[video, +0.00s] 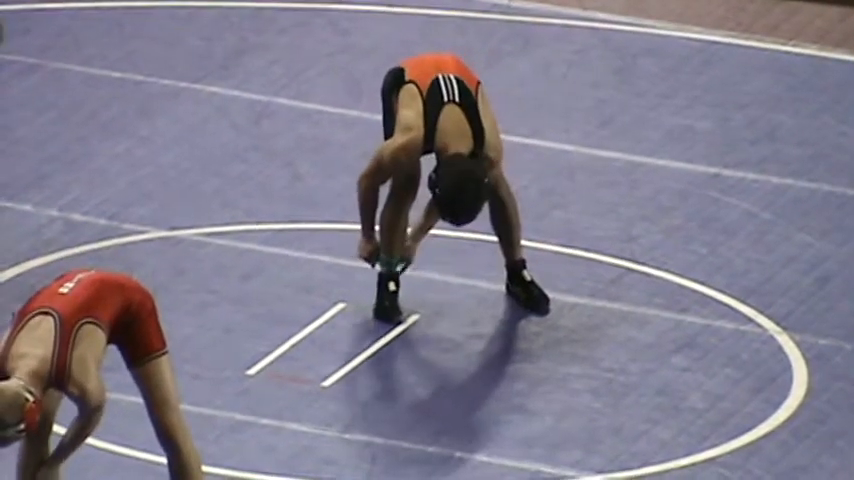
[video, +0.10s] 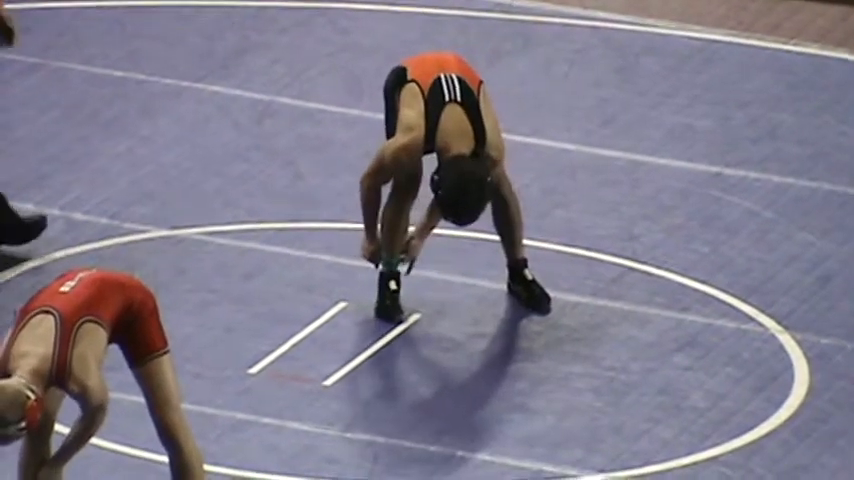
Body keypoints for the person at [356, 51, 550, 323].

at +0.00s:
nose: (448, 220)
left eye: (456, 220)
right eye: (446, 216)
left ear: (482, 186)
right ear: (435, 183)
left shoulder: (490, 154)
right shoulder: (406, 145)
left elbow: (441, 201)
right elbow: (368, 183)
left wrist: (414, 240)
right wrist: (368, 238)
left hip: (464, 79)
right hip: (407, 80)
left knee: (499, 188)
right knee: (404, 188)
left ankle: (518, 274)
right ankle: (389, 282)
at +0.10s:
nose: (451, 220)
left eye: (459, 220)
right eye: (448, 216)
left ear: (484, 186)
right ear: (437, 182)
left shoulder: (492, 152)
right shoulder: (407, 145)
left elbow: (444, 197)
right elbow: (370, 183)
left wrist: (420, 236)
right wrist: (371, 238)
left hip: (466, 77)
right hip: (409, 78)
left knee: (502, 187)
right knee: (405, 187)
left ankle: (519, 273)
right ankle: (390, 280)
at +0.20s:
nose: (451, 220)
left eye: (459, 220)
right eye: (449, 215)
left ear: (486, 185)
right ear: (439, 185)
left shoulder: (494, 153)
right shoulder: (407, 147)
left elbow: (446, 199)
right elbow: (372, 185)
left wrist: (422, 237)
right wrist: (377, 239)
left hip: (467, 77)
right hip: (411, 78)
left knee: (504, 186)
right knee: (406, 186)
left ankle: (520, 272)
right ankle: (390, 278)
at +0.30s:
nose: (456, 223)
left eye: (464, 222)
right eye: (451, 216)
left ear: (488, 186)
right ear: (440, 187)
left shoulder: (495, 153)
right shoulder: (409, 147)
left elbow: (452, 205)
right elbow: (374, 187)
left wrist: (428, 246)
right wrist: (389, 243)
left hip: (468, 76)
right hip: (412, 77)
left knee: (505, 186)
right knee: (407, 187)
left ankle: (521, 272)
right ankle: (390, 274)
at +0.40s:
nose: (455, 226)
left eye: (462, 223)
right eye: (452, 218)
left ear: (489, 186)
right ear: (443, 189)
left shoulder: (497, 152)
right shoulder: (412, 148)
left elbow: (457, 214)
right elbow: (374, 186)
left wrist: (432, 251)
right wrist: (391, 229)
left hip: (470, 78)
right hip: (415, 78)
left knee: (507, 186)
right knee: (409, 187)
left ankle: (521, 272)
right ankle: (391, 277)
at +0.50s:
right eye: (454, 221)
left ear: (490, 189)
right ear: (443, 191)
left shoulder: (497, 156)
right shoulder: (412, 150)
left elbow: (458, 216)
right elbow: (374, 186)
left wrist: (433, 253)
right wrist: (394, 230)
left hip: (470, 77)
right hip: (415, 78)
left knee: (509, 187)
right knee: (409, 187)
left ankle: (521, 271)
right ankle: (391, 277)